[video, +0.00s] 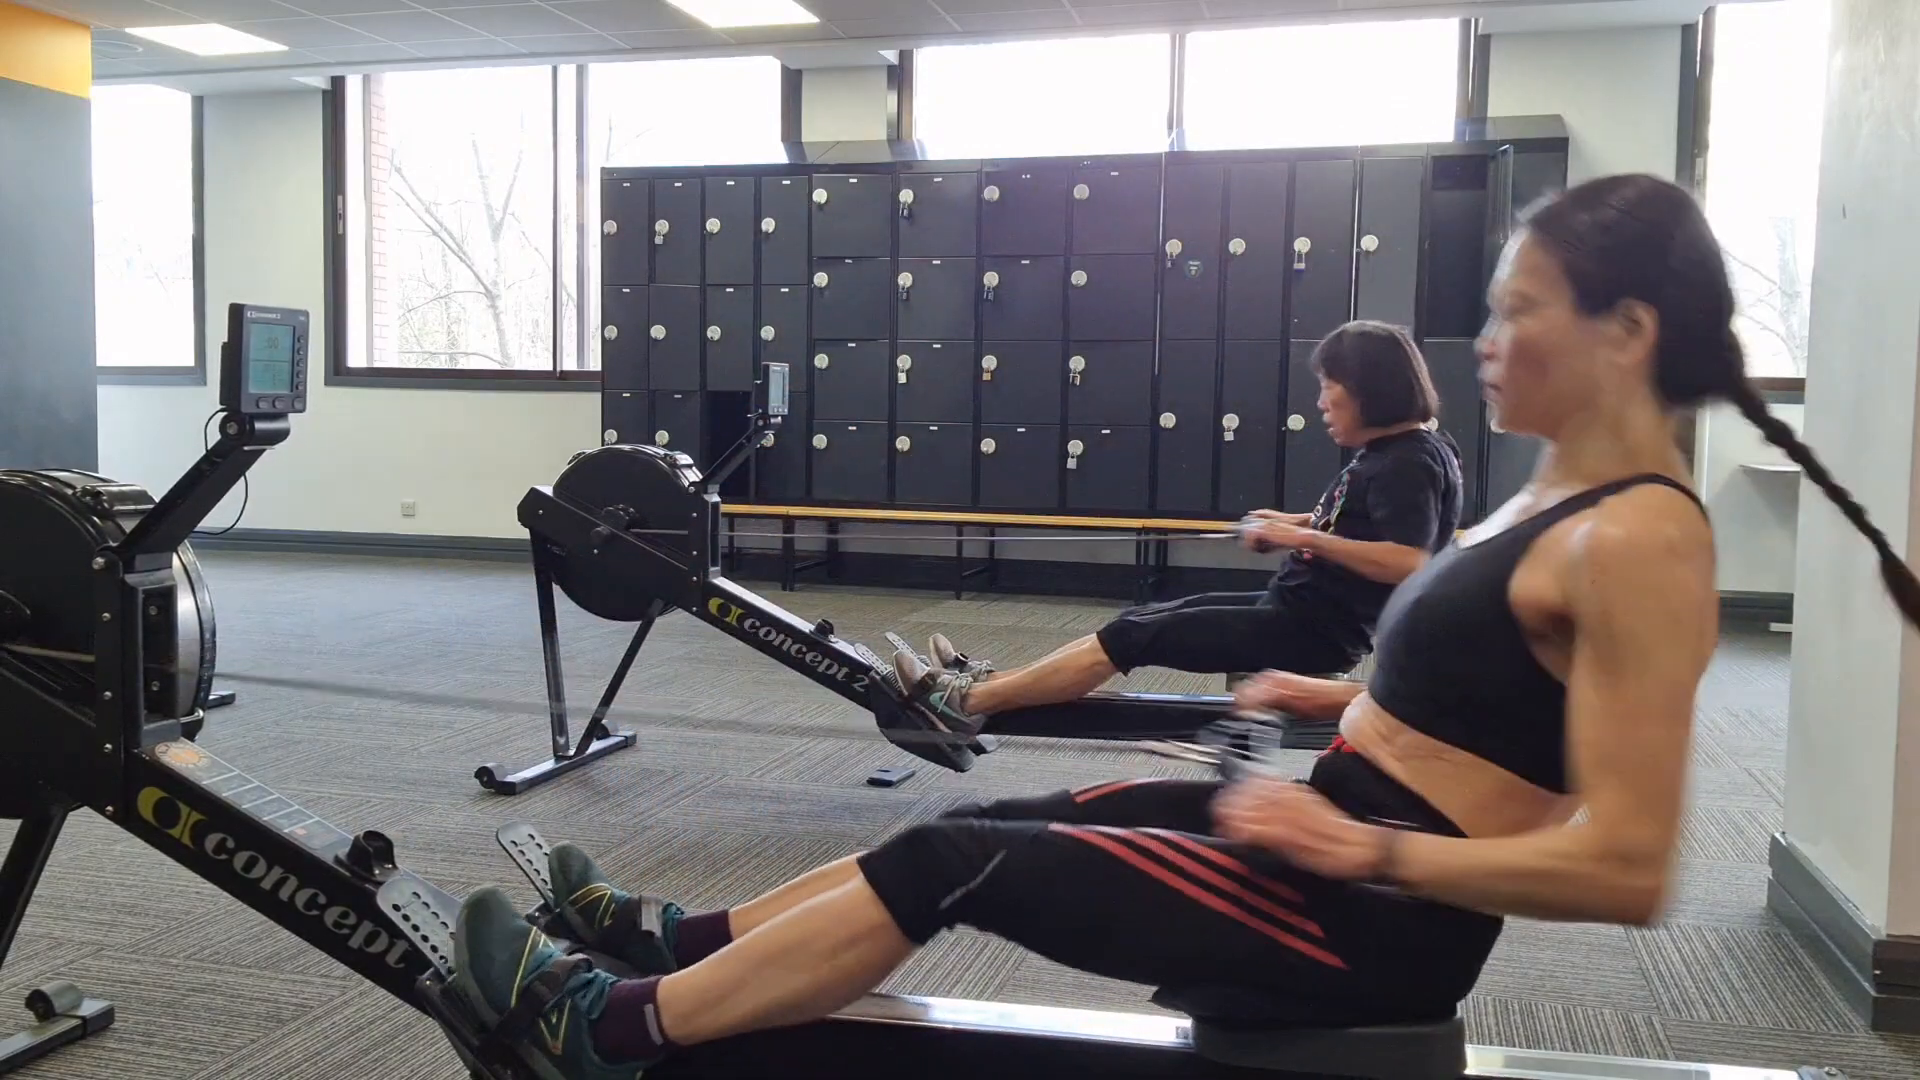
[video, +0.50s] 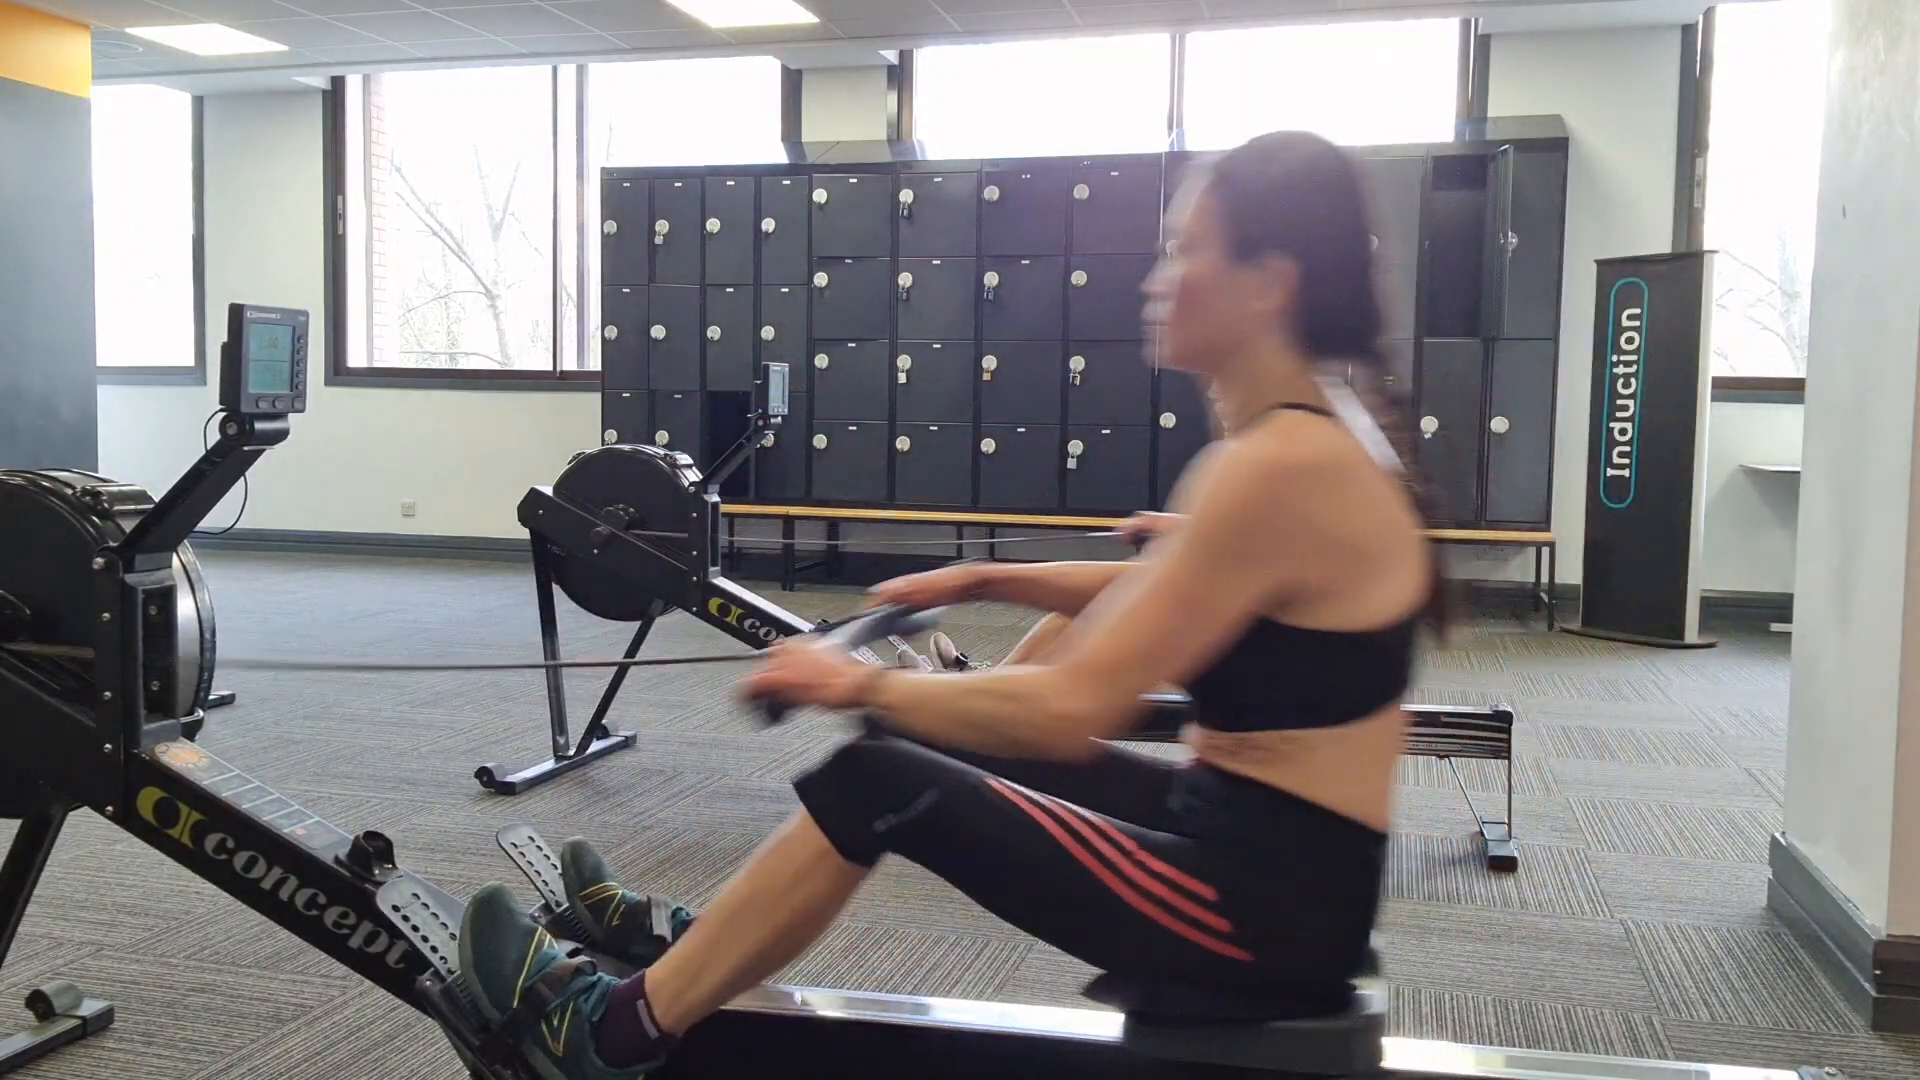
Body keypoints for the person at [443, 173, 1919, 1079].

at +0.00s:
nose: (1489, 342)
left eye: (1519, 312)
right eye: (1495, 313)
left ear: (1628, 331)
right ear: (1600, 330)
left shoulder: (1640, 538)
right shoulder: (1559, 498)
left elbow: (1631, 860)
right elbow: (1499, 736)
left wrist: (1367, 848)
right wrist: (1341, 717)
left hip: (1371, 923)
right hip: (1331, 845)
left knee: (952, 859)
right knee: (960, 823)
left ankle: (625, 1025)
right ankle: (687, 964)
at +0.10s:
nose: (1449, 331)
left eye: (1477, 300)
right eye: (1452, 302)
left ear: (1588, 313)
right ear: (1555, 318)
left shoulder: (1609, 518)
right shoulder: (1529, 477)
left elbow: (1656, 844)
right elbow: (1508, 716)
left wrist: (1389, 836)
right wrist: (1349, 687)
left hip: (1366, 919)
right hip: (1327, 841)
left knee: (958, 844)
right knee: (960, 807)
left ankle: (634, 1030)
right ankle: (677, 967)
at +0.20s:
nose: (1402, 303)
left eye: (1428, 275)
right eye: (1407, 276)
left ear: (1533, 299)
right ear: (1492, 308)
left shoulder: (1553, 504)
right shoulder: (1479, 476)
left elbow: (1531, 822)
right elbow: (1454, 739)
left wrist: (1279, 772)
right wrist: (1324, 722)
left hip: (1364, 917)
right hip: (1331, 854)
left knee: (955, 837)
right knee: (963, 801)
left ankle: (620, 1036)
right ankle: (699, 951)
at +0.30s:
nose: (1330, 293)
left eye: (1359, 263)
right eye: (1336, 263)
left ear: (1457, 284)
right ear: (1429, 284)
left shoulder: (1483, 487)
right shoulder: (1423, 468)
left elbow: (1377, 784)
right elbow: (1352, 713)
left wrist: (1130, 725)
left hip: (1344, 917)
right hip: (1308, 860)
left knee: (933, 822)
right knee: (958, 780)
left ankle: (639, 1034)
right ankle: (695, 956)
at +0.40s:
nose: (1244, 285)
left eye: (1272, 255)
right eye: (1250, 257)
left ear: (1369, 279)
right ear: (1344, 281)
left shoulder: (1386, 470)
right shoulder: (1370, 456)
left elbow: (1213, 753)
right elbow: (1244, 668)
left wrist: (990, 688)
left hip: (1306, 913)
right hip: (1282, 869)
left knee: (921, 801)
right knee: (939, 755)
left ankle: (642, 1028)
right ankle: (698, 965)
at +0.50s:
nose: (1155, 283)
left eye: (1182, 255)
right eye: (1164, 254)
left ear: (1272, 280)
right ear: (1265, 283)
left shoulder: (1277, 469)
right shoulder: (1284, 443)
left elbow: (1066, 713)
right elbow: (1172, 586)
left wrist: (857, 680)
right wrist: (992, 577)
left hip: (1266, 901)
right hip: (1257, 845)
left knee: (881, 781)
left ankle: (636, 1025)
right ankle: (695, 961)